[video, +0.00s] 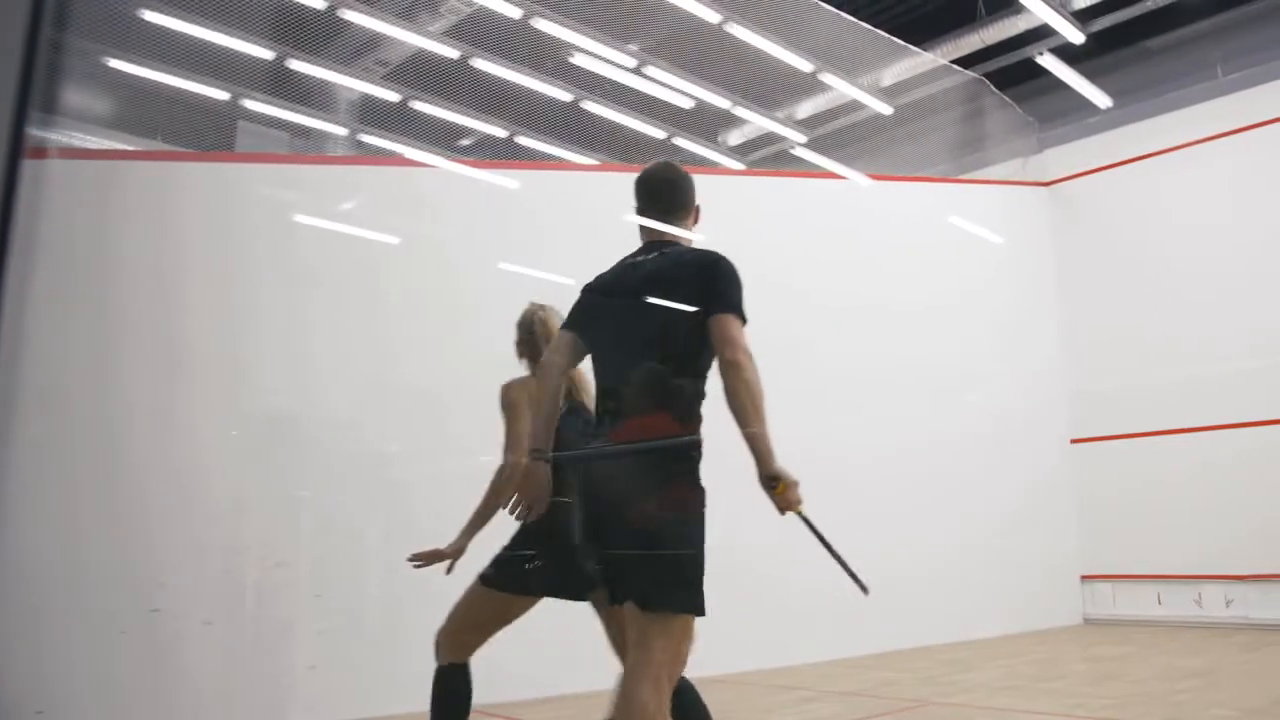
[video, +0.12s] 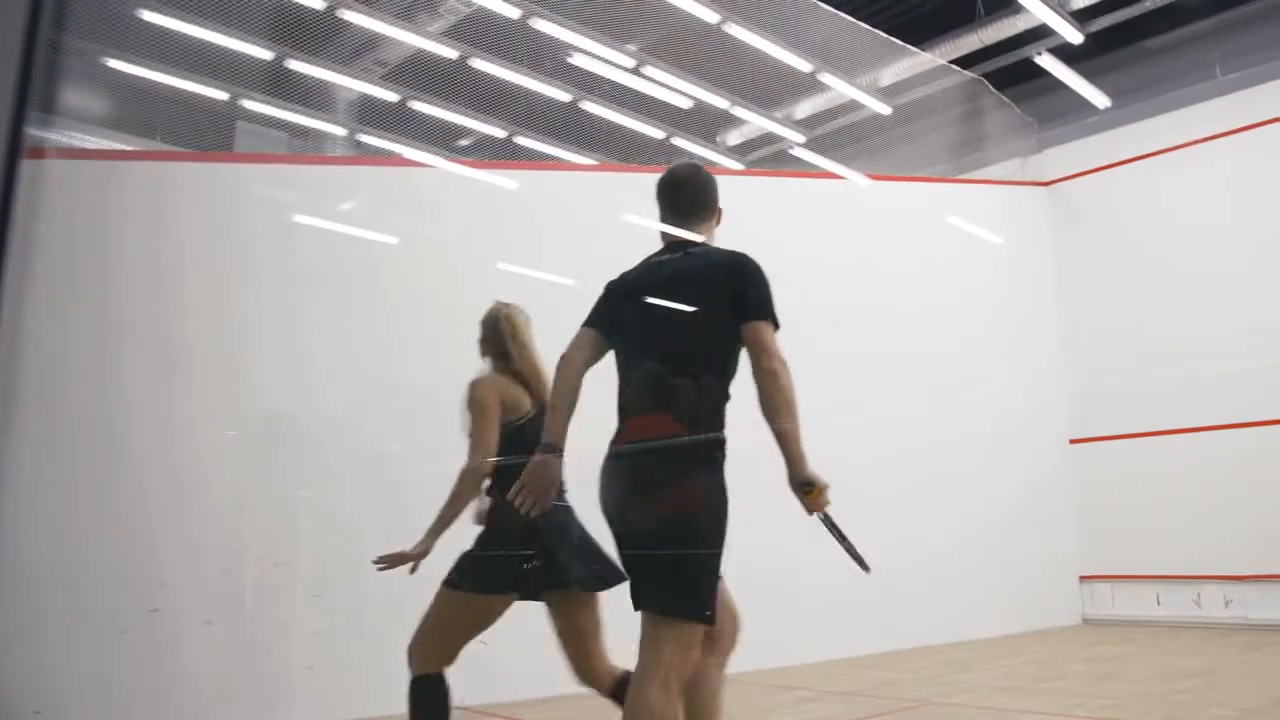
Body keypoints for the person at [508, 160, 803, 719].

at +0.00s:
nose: (694, 217)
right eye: (695, 211)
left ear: (638, 216)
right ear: (694, 214)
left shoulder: (602, 285)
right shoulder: (710, 270)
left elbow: (552, 367)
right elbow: (734, 360)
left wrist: (537, 457)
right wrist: (768, 464)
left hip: (603, 473)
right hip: (665, 473)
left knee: (651, 648)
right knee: (660, 653)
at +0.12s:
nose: (719, 218)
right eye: (719, 212)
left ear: (661, 216)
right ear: (716, 215)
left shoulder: (626, 284)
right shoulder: (737, 272)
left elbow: (572, 361)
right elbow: (769, 366)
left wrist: (549, 452)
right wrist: (798, 466)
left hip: (623, 474)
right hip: (689, 473)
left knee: (721, 624)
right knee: (664, 657)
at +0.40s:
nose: (711, 234)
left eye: (709, 227)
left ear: (712, 230)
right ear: (768, 229)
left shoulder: (686, 299)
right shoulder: (793, 281)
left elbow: (624, 369)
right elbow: (837, 384)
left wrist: (586, 454)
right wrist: (859, 468)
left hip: (696, 494)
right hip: (757, 496)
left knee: (796, 646)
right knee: (709, 669)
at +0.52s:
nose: (728, 243)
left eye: (727, 236)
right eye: (730, 236)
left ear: (733, 238)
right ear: (788, 237)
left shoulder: (709, 309)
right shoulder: (817, 288)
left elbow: (649, 380)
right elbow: (864, 391)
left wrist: (612, 463)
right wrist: (880, 469)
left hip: (728, 498)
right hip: (788, 494)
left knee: (828, 643)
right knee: (755, 667)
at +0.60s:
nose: (740, 247)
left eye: (739, 240)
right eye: (743, 240)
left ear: (746, 243)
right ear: (800, 241)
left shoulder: (725, 314)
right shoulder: (833, 290)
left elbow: (667, 387)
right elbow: (879, 390)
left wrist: (632, 470)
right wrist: (893, 468)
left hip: (748, 498)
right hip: (809, 495)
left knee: (846, 644)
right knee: (796, 672)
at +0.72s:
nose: (759, 253)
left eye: (759, 244)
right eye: (760, 244)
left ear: (768, 245)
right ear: (817, 243)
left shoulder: (748, 317)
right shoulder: (858, 294)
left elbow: (692, 394)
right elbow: (904, 391)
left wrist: (668, 480)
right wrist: (915, 469)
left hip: (773, 494)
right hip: (839, 490)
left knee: (860, 653)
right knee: (868, 669)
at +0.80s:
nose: (772, 255)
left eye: (772, 246)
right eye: (772, 247)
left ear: (781, 244)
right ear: (830, 243)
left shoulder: (759, 315)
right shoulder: (872, 294)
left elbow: (707, 393)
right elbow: (919, 391)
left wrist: (693, 483)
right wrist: (928, 470)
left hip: (786, 495)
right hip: (855, 488)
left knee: (870, 657)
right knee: (905, 665)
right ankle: (826, 713)